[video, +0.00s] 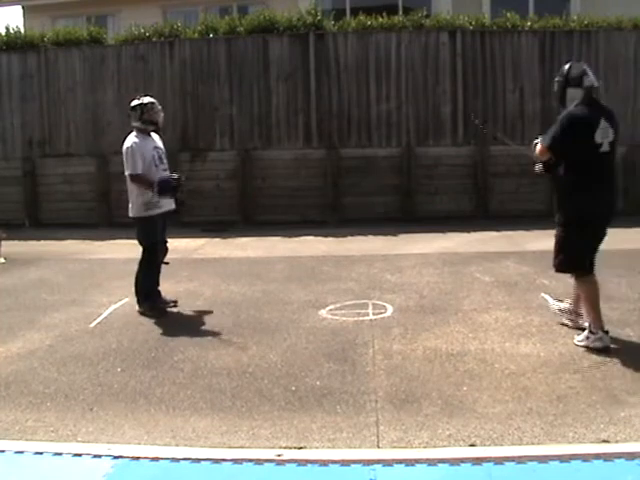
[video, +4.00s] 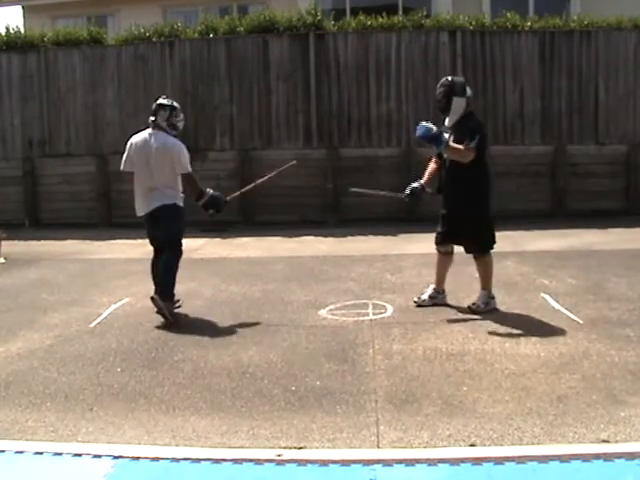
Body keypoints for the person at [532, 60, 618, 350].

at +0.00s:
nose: (559, 92)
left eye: (561, 88)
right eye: (560, 87)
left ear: (569, 88)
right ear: (589, 86)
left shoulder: (573, 118)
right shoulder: (607, 115)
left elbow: (543, 151)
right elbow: (589, 150)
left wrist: (539, 145)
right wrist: (552, 154)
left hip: (579, 205)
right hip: (601, 201)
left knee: (581, 265)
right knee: (581, 258)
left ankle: (596, 330)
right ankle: (575, 308)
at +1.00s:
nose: (479, 97)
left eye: (482, 92)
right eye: (480, 92)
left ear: (492, 95)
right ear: (500, 96)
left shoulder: (502, 125)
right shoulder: (496, 122)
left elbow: (498, 164)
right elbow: (490, 157)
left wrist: (476, 183)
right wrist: (474, 171)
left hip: (499, 196)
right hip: (497, 195)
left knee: (489, 247)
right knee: (492, 244)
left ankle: (497, 300)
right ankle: (511, 286)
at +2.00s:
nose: (439, 103)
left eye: (443, 97)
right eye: (440, 97)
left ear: (456, 98)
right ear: (450, 99)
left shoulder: (472, 124)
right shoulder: (450, 125)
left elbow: (480, 157)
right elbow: (447, 157)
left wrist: (451, 169)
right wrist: (427, 171)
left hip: (472, 197)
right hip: (453, 196)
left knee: (476, 246)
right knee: (452, 244)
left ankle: (486, 294)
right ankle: (450, 290)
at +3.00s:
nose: (422, 100)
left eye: (426, 97)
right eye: (424, 97)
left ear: (437, 101)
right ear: (443, 101)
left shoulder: (443, 127)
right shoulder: (446, 120)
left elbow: (438, 164)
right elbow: (426, 98)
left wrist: (414, 165)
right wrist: (403, 102)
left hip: (441, 193)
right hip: (435, 191)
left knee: (439, 243)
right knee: (432, 242)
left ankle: (474, 286)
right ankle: (432, 289)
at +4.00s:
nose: (438, 101)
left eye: (443, 96)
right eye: (438, 96)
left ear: (456, 99)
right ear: (448, 100)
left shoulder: (472, 125)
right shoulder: (448, 126)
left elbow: (467, 155)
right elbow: (437, 159)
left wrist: (440, 143)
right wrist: (422, 183)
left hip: (474, 198)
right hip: (453, 197)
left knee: (479, 247)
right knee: (444, 242)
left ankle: (486, 295)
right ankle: (438, 290)